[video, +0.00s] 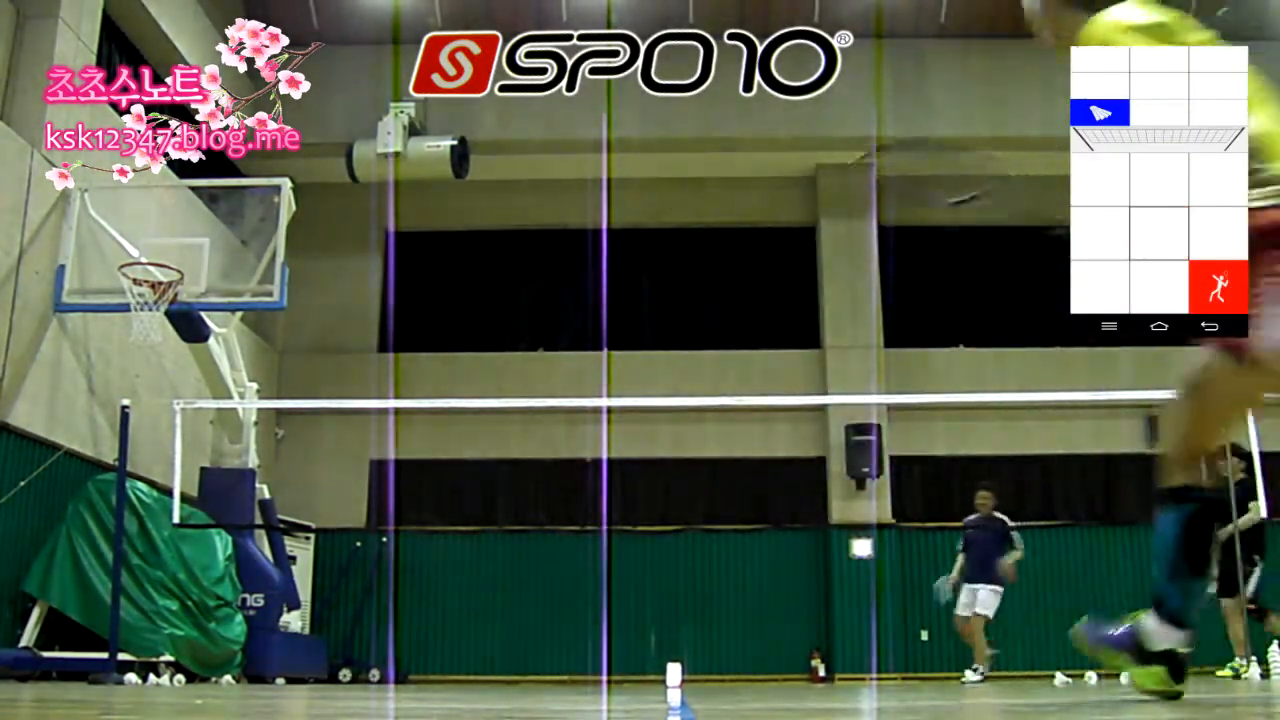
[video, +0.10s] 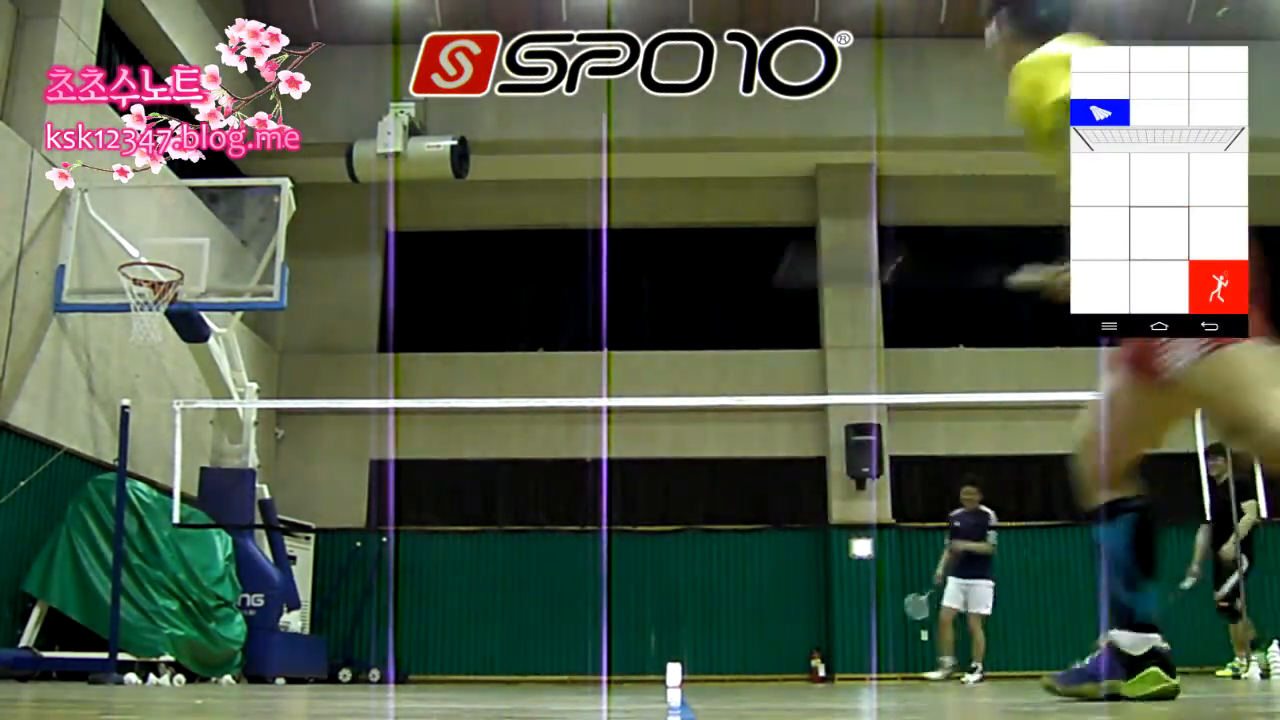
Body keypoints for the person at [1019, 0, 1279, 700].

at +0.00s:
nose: (1043, 37)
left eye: (1040, 24)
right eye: (1038, 27)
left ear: (1055, 9)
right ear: (1085, 0)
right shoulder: (1179, 30)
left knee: (1187, 438)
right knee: (1191, 441)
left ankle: (1165, 633)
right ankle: (1165, 636)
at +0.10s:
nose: (990, 44)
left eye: (991, 31)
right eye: (990, 31)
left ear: (1009, 25)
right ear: (1045, 17)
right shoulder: (1100, 60)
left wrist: (1141, 312)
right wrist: (1082, 273)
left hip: (1174, 307)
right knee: (1102, 457)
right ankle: (1133, 645)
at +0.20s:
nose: (960, 37)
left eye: (964, 27)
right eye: (970, 24)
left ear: (972, 41)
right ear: (1028, 43)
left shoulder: (986, 88)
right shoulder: (1060, 100)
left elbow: (1019, 140)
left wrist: (1004, 247)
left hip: (1090, 306)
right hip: (1122, 304)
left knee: (1129, 462)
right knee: (1049, 477)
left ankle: (1268, 487)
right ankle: (1128, 647)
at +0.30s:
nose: (912, 35)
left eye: (914, 27)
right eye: (917, 30)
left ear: (930, 26)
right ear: (982, 28)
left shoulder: (946, 58)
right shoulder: (1038, 96)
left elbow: (952, 91)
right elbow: (1049, 197)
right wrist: (974, 237)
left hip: (1038, 272)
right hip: (1053, 275)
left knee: (1028, 436)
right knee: (1012, 467)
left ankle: (1185, 545)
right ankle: (1108, 618)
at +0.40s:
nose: (875, 45)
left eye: (876, 36)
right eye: (876, 39)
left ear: (893, 27)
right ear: (939, 27)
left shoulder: (908, 49)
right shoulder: (999, 83)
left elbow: (871, 82)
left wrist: (765, 129)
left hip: (974, 253)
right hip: (1024, 261)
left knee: (944, 423)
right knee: (970, 436)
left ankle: (1022, 586)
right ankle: (1055, 582)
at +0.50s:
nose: (830, 61)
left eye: (833, 49)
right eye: (831, 52)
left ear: (851, 47)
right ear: (897, 47)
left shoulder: (870, 79)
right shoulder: (955, 104)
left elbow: (805, 110)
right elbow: (997, 195)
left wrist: (719, 134)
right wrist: (922, 211)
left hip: (923, 280)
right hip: (979, 287)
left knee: (866, 433)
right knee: (937, 457)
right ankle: (974, 610)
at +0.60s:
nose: (806, 125)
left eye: (809, 116)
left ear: (817, 112)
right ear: (870, 112)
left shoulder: (826, 148)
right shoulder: (923, 172)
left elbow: (787, 191)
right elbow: (966, 261)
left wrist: (666, 204)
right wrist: (897, 277)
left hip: (863, 343)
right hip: (933, 354)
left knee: (792, 485)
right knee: (897, 511)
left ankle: (727, 634)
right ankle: (926, 656)